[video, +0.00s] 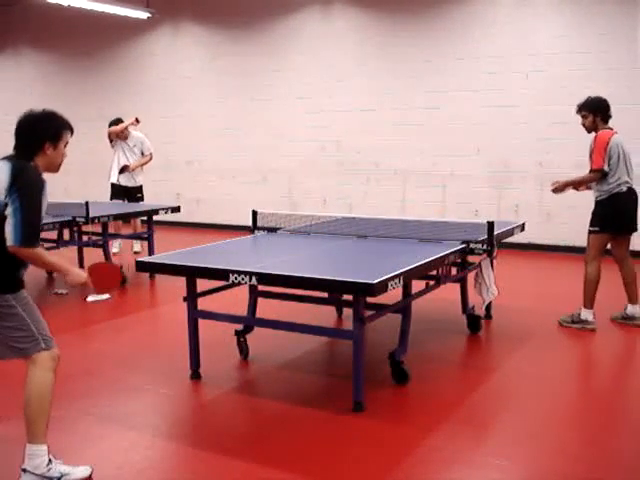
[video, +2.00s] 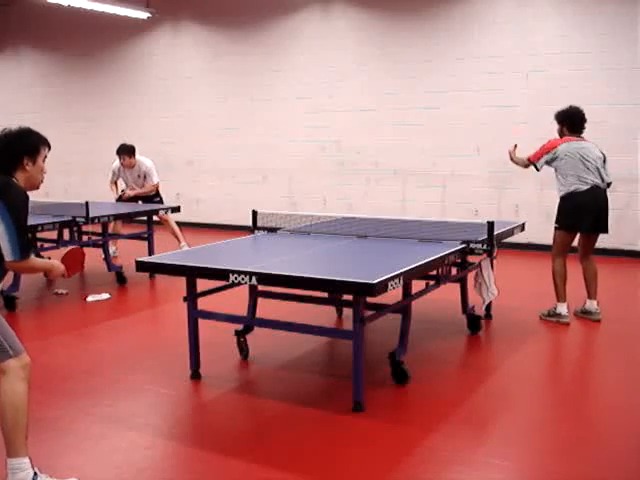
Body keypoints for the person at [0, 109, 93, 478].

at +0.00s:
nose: (66, 153)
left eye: (66, 146)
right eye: (63, 146)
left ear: (32, 144)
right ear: (45, 146)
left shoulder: (7, 169)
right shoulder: (28, 179)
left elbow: (16, 242)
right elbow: (20, 245)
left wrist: (57, 266)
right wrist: (67, 269)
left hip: (9, 287)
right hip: (6, 288)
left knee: (43, 354)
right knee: (44, 355)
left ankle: (37, 458)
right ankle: (37, 460)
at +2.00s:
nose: (45, 170)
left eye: (45, 162)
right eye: (42, 161)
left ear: (21, 162)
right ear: (25, 162)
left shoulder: (8, 191)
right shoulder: (12, 194)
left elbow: (12, 256)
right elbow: (13, 259)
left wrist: (46, 263)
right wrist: (49, 266)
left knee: (15, 362)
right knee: (16, 363)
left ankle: (19, 467)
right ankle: (19, 469)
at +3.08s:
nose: (10, 161)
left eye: (12, 153)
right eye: (8, 152)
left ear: (5, 153)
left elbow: (16, 242)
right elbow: (19, 248)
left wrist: (51, 263)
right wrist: (57, 270)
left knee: (34, 356)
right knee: (37, 357)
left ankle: (30, 459)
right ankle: (31, 460)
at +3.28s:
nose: (62, 180)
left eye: (63, 171)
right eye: (58, 170)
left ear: (28, 167)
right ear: (37, 168)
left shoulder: (4, 187)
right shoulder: (22, 196)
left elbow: (21, 236)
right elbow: (71, 241)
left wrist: (46, 261)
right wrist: (80, 272)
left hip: (6, 311)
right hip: (6, 313)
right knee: (74, 362)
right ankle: (89, 464)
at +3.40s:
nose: (93, 205)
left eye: (95, 199)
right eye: (92, 197)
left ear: (51, 183)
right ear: (74, 189)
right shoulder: (66, 212)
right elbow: (119, 240)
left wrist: (114, 269)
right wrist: (123, 271)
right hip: (16, 321)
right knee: (92, 362)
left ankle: (91, 463)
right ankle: (92, 465)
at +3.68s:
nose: (65, 178)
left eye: (65, 170)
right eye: (63, 170)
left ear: (19, 166)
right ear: (48, 171)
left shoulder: (6, 194)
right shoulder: (53, 201)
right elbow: (130, 218)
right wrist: (165, 239)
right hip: (13, 327)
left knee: (76, 363)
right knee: (78, 365)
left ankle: (92, 463)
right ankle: (92, 464)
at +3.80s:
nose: (10, 127)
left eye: (8, 118)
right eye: (7, 118)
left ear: (2, 119)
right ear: (1, 119)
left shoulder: (5, 166)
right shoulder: (2, 166)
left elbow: (47, 211)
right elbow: (55, 216)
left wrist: (80, 225)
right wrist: (92, 228)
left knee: (26, 389)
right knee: (25, 389)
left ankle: (77, 465)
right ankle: (78, 466)